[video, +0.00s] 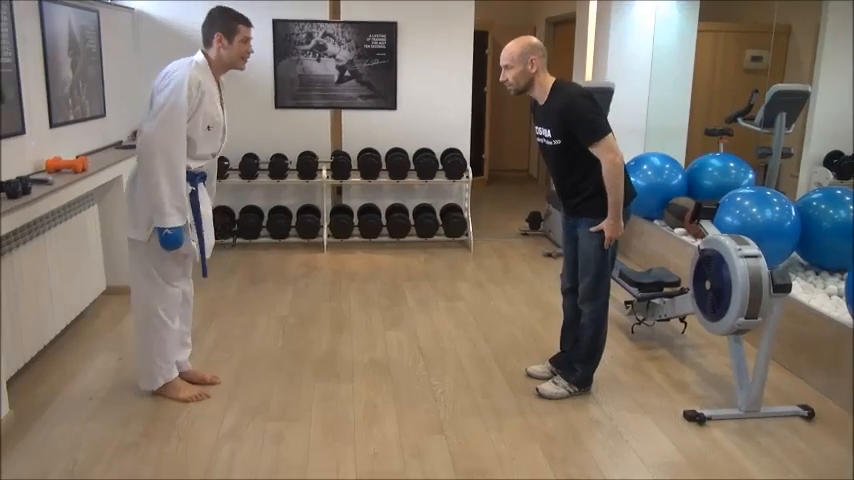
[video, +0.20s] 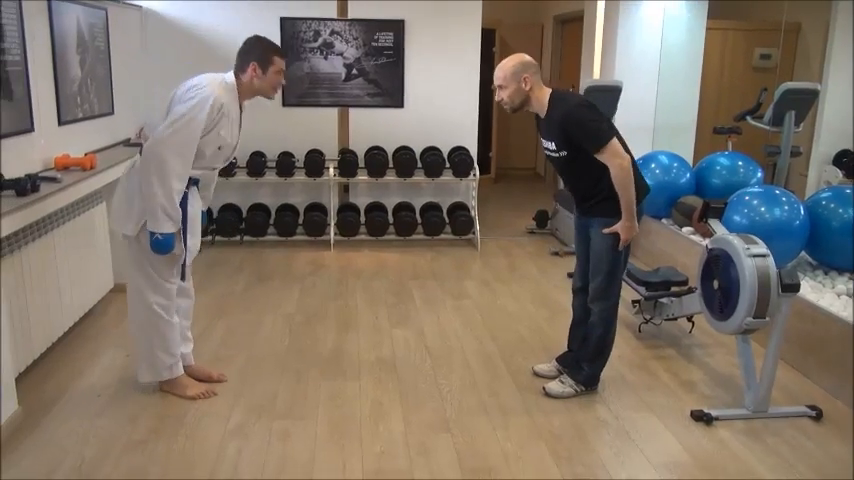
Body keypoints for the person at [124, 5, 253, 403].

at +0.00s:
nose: (250, 51)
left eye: (250, 43)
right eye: (245, 42)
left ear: (221, 43)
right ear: (219, 40)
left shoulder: (208, 80)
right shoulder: (185, 77)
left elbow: (187, 150)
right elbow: (160, 150)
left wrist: (193, 210)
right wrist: (167, 219)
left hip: (188, 195)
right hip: (165, 198)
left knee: (181, 284)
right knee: (161, 290)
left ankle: (180, 363)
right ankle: (160, 378)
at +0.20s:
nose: (281, 84)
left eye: (282, 76)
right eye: (279, 74)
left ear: (253, 71)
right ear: (253, 70)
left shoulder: (230, 102)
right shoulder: (208, 95)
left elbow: (201, 160)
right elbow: (163, 155)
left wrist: (196, 209)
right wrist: (163, 223)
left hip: (182, 195)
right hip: (155, 196)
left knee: (179, 281)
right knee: (159, 287)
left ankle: (183, 360)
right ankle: (167, 374)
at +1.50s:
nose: (271, 42)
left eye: (269, 35)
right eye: (264, 36)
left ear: (244, 42)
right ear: (240, 41)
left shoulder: (243, 87)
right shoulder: (211, 86)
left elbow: (244, 158)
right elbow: (197, 158)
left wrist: (254, 209)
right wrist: (214, 227)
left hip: (233, 202)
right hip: (207, 204)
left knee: (224, 295)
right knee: (203, 297)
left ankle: (214, 372)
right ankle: (197, 386)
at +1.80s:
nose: (265, 78)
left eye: (263, 70)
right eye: (258, 70)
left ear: (237, 75)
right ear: (233, 74)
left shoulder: (245, 120)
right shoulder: (208, 119)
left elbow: (260, 188)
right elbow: (208, 192)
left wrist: (276, 238)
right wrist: (242, 255)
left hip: (253, 234)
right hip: (218, 238)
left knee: (267, 319)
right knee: (213, 333)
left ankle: (235, 397)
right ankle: (201, 422)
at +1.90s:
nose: (268, 83)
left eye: (268, 76)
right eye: (263, 75)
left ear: (245, 77)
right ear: (237, 76)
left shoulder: (251, 123)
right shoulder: (210, 121)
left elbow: (267, 189)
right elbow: (222, 195)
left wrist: (287, 237)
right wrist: (268, 244)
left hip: (255, 235)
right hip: (220, 239)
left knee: (279, 315)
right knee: (216, 335)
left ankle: (274, 403)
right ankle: (204, 425)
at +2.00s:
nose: (277, 88)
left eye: (277, 82)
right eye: (271, 81)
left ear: (252, 82)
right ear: (246, 79)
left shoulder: (257, 126)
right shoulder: (215, 124)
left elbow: (276, 186)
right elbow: (242, 192)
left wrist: (303, 225)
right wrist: (298, 225)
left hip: (263, 236)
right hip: (225, 238)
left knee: (283, 321)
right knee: (218, 333)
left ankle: (303, 405)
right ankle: (205, 425)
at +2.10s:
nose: (288, 93)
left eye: (290, 86)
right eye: (284, 85)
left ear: (265, 84)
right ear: (259, 81)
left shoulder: (271, 129)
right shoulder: (228, 125)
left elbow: (294, 188)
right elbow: (264, 186)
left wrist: (334, 224)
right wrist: (329, 206)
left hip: (269, 238)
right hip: (232, 238)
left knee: (288, 323)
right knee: (220, 335)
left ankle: (312, 403)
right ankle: (206, 424)